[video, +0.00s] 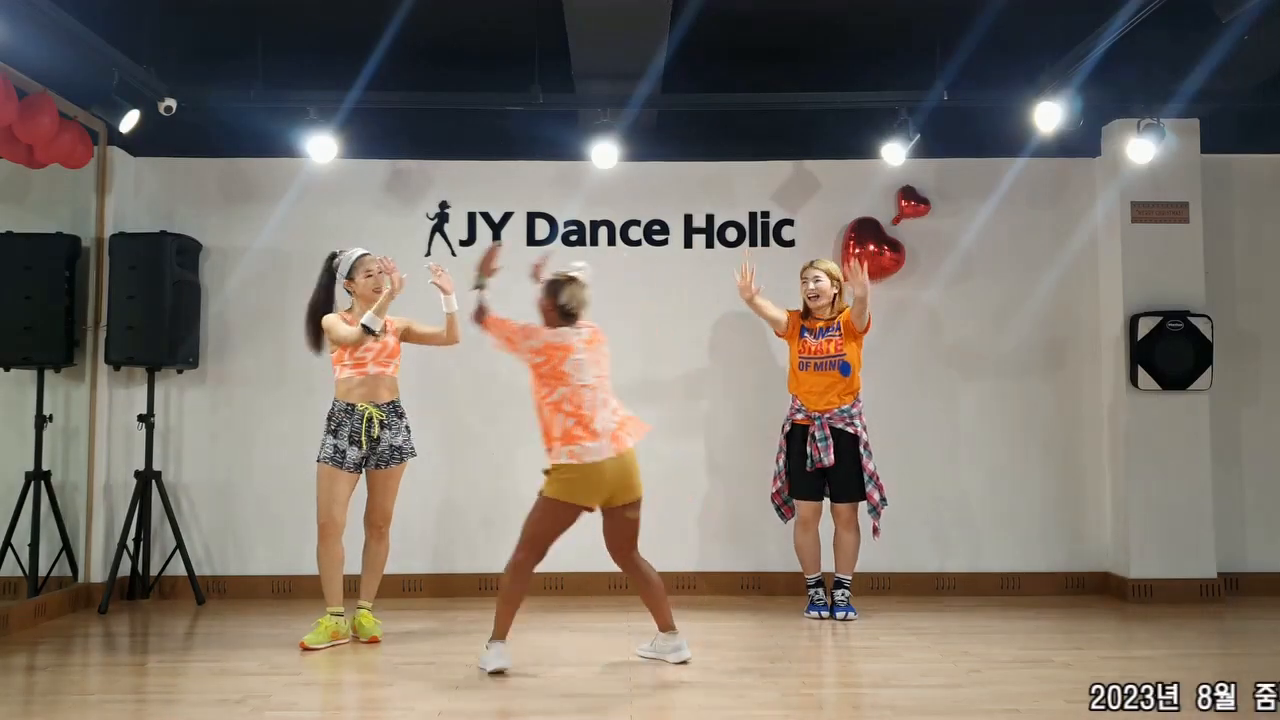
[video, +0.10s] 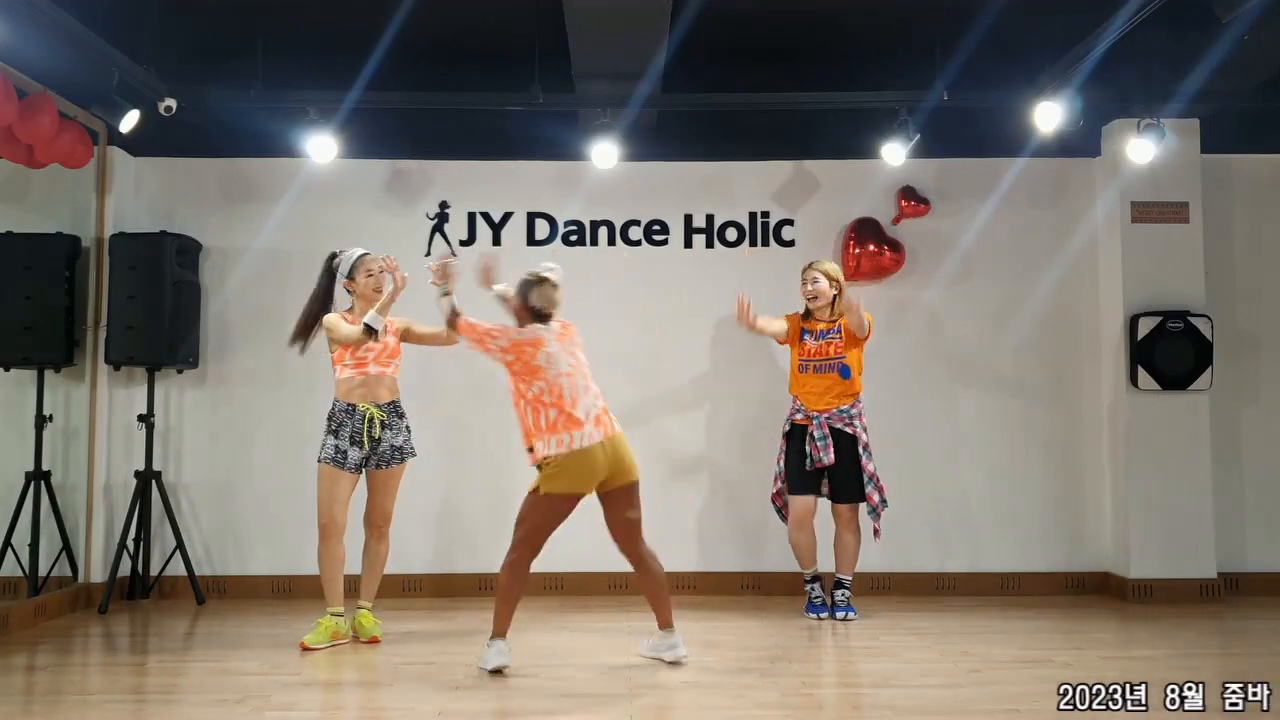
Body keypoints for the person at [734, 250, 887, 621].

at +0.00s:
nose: (811, 287)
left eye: (819, 281)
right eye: (806, 282)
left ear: (835, 288)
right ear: (800, 290)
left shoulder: (848, 322)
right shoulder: (794, 324)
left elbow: (859, 311)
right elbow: (773, 315)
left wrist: (861, 293)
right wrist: (752, 299)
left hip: (844, 427)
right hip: (802, 427)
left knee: (846, 515)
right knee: (807, 514)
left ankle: (842, 592)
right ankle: (814, 592)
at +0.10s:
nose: (808, 287)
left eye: (815, 281)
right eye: (804, 282)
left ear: (834, 287)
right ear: (801, 291)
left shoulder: (851, 323)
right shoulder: (795, 324)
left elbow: (858, 325)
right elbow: (774, 326)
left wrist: (851, 304)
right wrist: (752, 323)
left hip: (844, 427)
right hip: (802, 427)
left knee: (846, 514)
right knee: (800, 513)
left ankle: (842, 592)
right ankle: (813, 588)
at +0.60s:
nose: (772, 296)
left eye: (778, 289)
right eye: (768, 291)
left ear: (800, 293)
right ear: (766, 297)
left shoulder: (824, 328)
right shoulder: (762, 337)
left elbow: (815, 360)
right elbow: (726, 362)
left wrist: (776, 366)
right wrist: (700, 357)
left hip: (828, 433)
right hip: (785, 436)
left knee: (841, 519)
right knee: (771, 511)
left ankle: (842, 593)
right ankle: (756, 601)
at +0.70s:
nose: (751, 299)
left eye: (758, 292)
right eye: (746, 294)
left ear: (780, 297)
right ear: (743, 303)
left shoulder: (805, 327)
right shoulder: (745, 341)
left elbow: (798, 357)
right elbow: (706, 364)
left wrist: (752, 332)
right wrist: (692, 335)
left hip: (819, 433)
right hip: (776, 436)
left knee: (838, 519)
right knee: (763, 513)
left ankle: (842, 592)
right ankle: (755, 603)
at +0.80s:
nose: (730, 308)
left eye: (737, 300)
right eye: (728, 302)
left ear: (758, 303)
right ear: (726, 308)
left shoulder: (789, 324)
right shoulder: (735, 340)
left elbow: (782, 350)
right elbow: (715, 357)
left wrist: (739, 318)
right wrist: (686, 326)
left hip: (812, 431)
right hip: (769, 436)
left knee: (838, 520)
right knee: (755, 513)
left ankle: (843, 588)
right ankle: (754, 603)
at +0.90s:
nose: (729, 323)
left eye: (733, 316)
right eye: (723, 319)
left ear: (748, 312)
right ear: (720, 321)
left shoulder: (780, 325)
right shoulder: (729, 344)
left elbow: (776, 347)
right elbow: (701, 349)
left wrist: (740, 315)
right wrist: (705, 322)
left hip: (809, 430)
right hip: (766, 435)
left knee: (838, 518)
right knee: (752, 510)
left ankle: (847, 580)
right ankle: (754, 600)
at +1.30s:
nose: (778, 303)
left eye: (785, 295)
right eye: (770, 298)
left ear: (798, 299)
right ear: (761, 304)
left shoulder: (819, 331)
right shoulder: (756, 343)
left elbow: (806, 355)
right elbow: (735, 373)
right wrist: (715, 369)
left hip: (821, 435)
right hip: (778, 437)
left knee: (848, 521)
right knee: (762, 512)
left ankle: (862, 581)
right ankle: (756, 598)